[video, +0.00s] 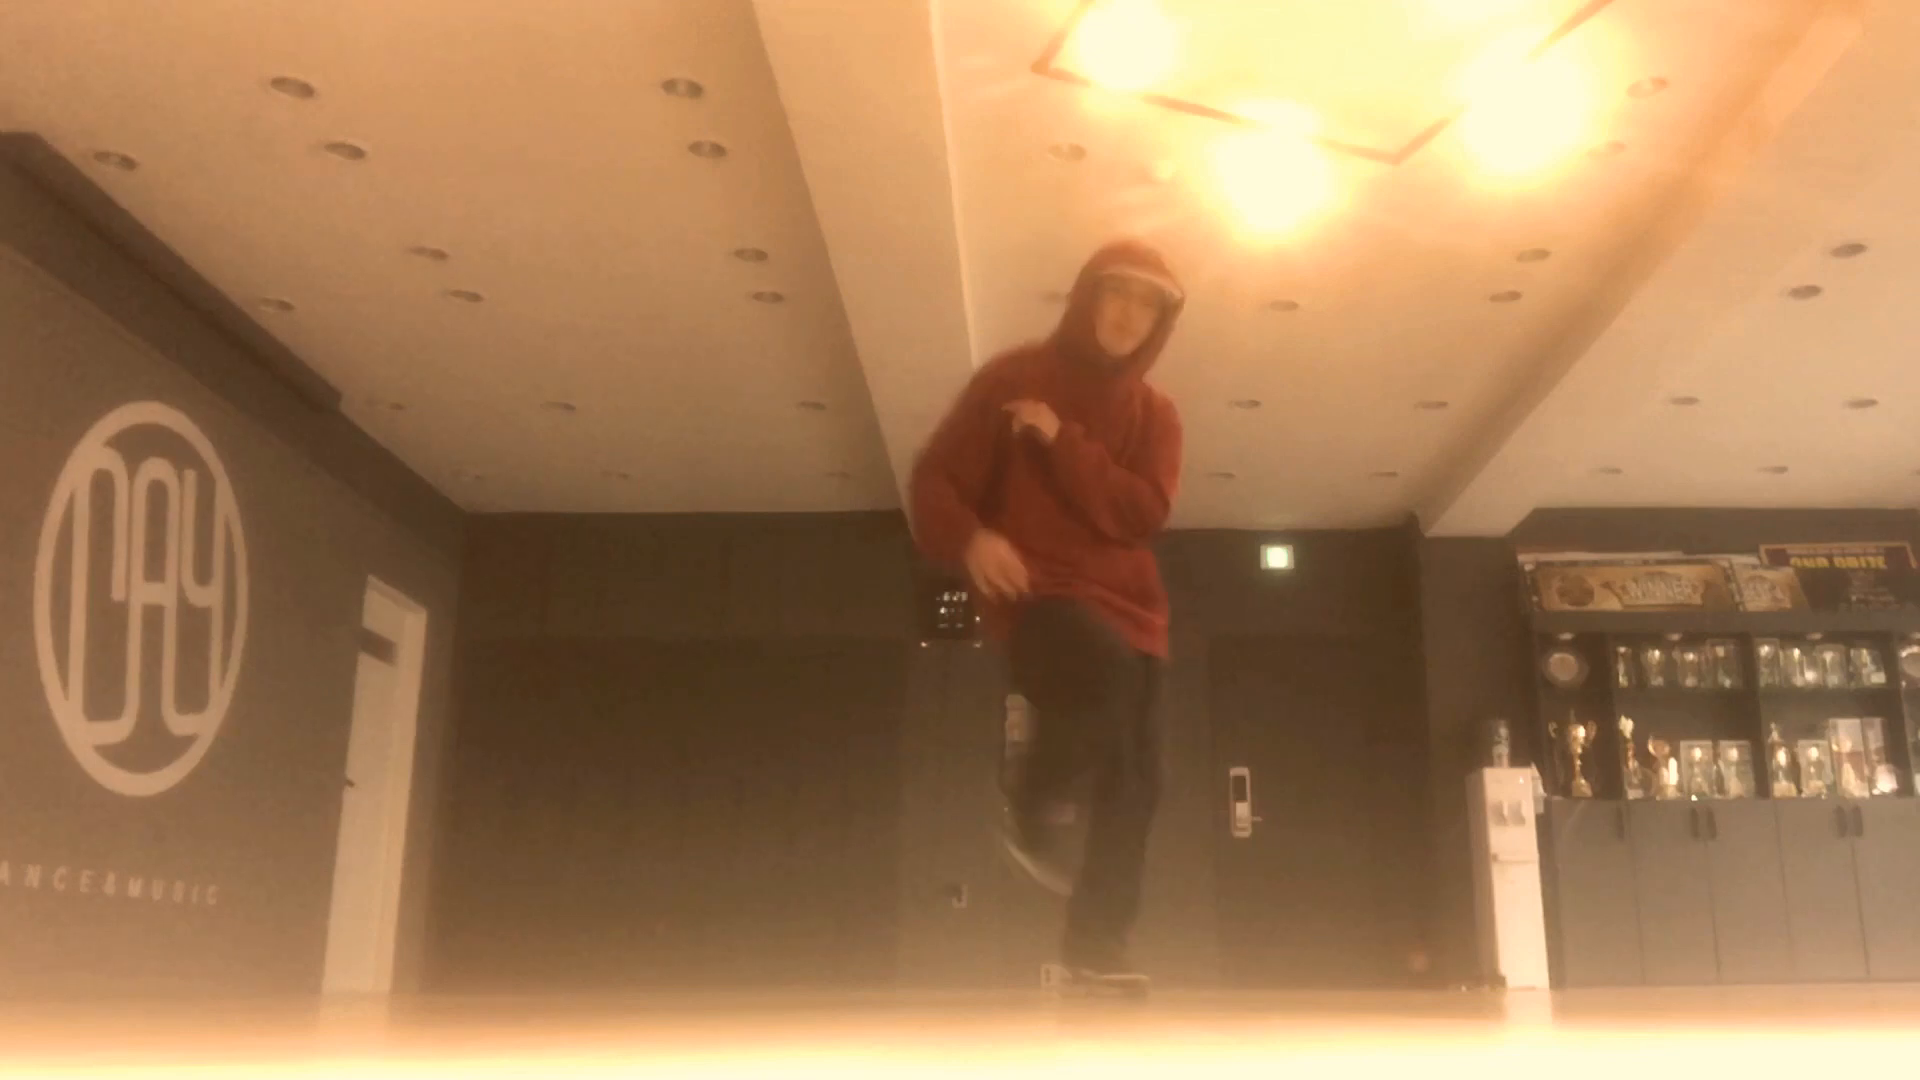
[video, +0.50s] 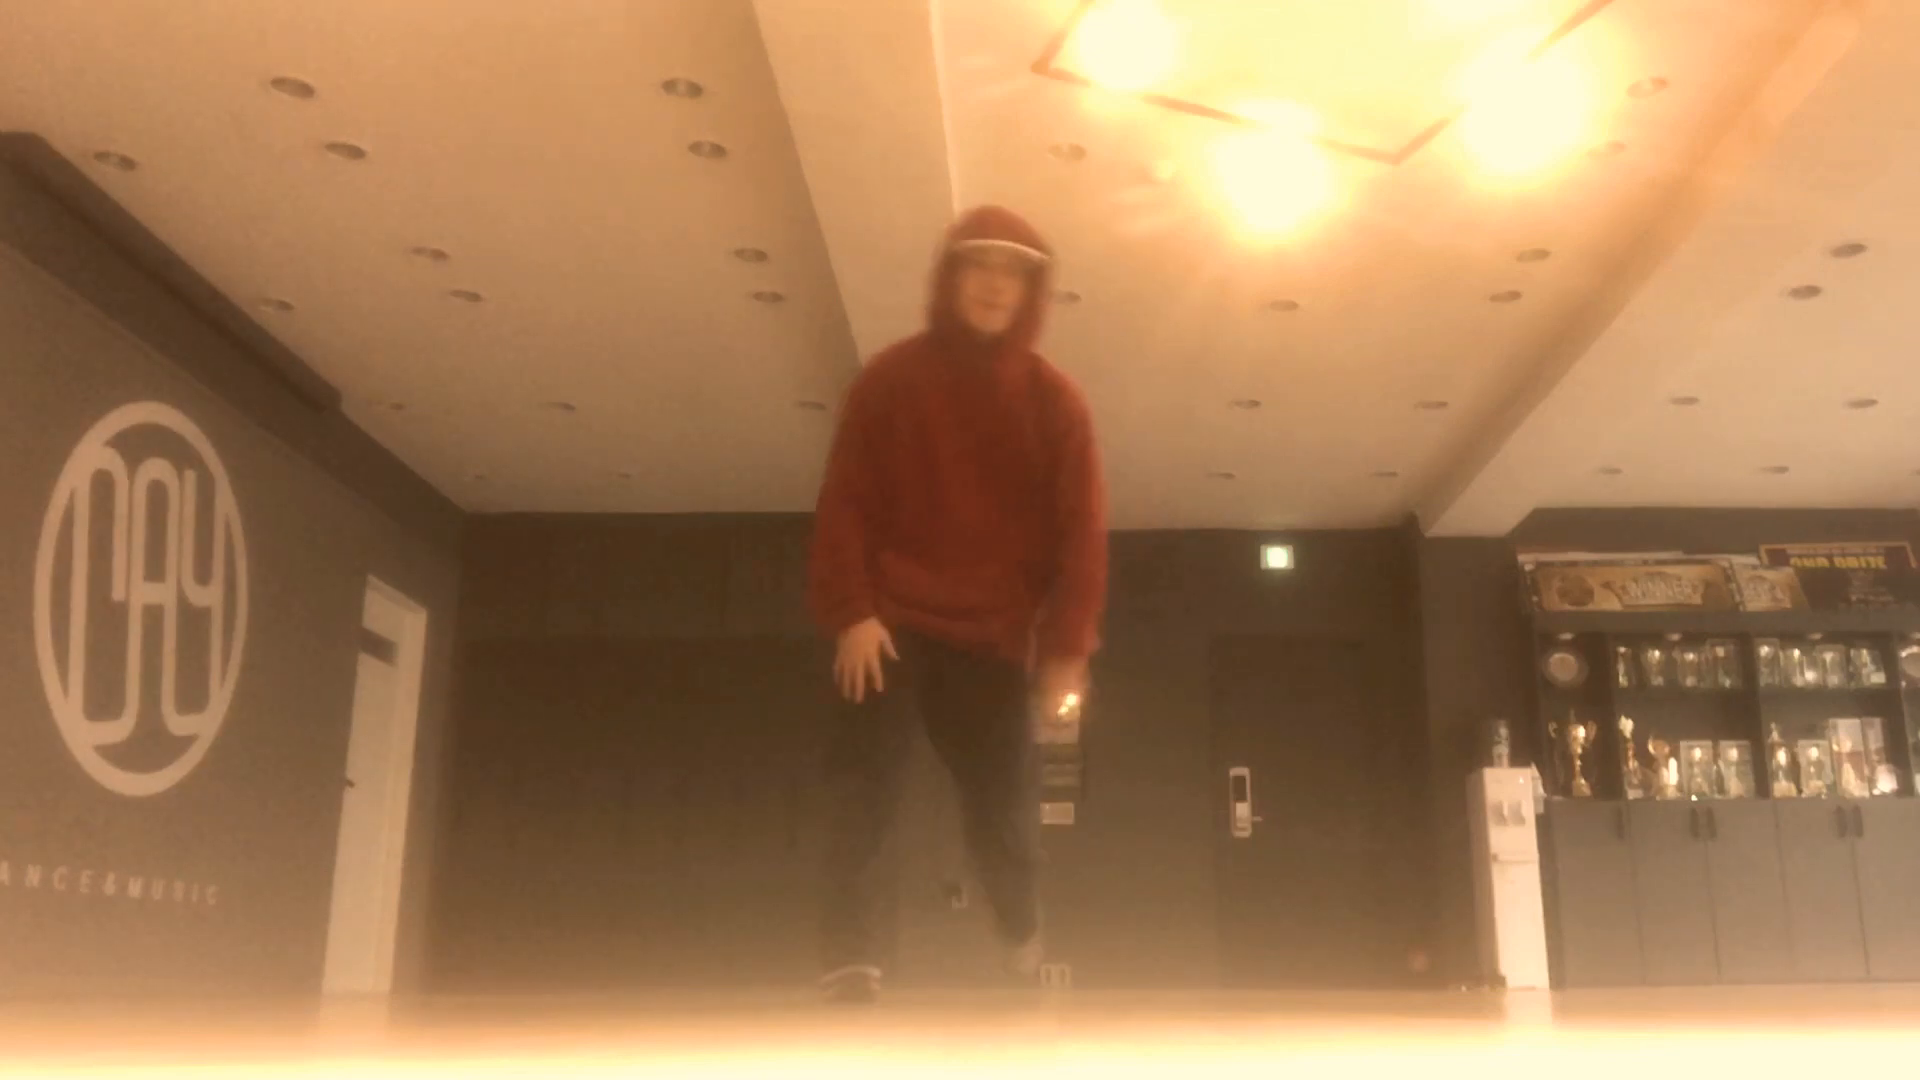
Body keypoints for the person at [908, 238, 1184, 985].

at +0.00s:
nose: (1126, 313)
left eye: (1145, 304)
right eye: (1116, 293)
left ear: (1159, 323)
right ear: (1086, 297)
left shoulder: (1153, 412)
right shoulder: (1013, 376)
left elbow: (1145, 512)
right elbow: (932, 477)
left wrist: (1059, 439)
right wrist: (969, 540)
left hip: (1127, 609)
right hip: (1037, 591)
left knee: (1131, 773)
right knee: (1102, 665)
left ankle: (1097, 946)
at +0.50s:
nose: (992, 287)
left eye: (1011, 274)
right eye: (977, 267)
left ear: (1032, 291)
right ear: (947, 278)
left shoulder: (1053, 398)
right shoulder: (891, 379)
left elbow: (1083, 534)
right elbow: (842, 503)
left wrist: (1068, 655)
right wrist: (851, 613)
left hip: (993, 640)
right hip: (889, 629)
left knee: (1006, 813)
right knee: (862, 800)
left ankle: (1024, 952)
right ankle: (855, 964)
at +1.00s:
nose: (932, 245)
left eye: (953, 231)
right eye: (915, 224)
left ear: (973, 254)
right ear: (884, 235)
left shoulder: (977, 377)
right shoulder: (840, 328)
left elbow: (1049, 492)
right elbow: (901, 398)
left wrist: (1156, 578)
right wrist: (1014, 454)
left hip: (942, 603)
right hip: (825, 610)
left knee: (948, 730)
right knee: (810, 799)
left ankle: (874, 941)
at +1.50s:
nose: (785, 291)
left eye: (806, 271)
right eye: (767, 273)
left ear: (843, 279)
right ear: (749, 290)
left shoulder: (900, 367)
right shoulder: (766, 397)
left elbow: (836, 482)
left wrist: (701, 568)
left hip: (965, 594)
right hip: (861, 609)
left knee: (931, 759)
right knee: (845, 774)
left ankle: (922, 956)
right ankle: (840, 954)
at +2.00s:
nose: (756, 276)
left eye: (770, 253)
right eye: (737, 262)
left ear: (809, 252)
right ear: (726, 281)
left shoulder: (881, 333)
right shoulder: (777, 366)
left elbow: (971, 448)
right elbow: (752, 474)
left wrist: (1053, 562)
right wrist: (768, 431)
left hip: (966, 551)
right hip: (899, 561)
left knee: (919, 693)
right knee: (881, 707)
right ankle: (925, 913)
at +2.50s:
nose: (824, 288)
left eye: (841, 265)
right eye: (806, 272)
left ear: (880, 266)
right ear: (792, 287)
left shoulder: (937, 355)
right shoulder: (844, 381)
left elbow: (989, 510)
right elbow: (832, 523)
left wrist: (1042, 649)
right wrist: (765, 502)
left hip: (1007, 582)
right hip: (938, 584)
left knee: (918, 717)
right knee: (864, 727)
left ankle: (953, 946)